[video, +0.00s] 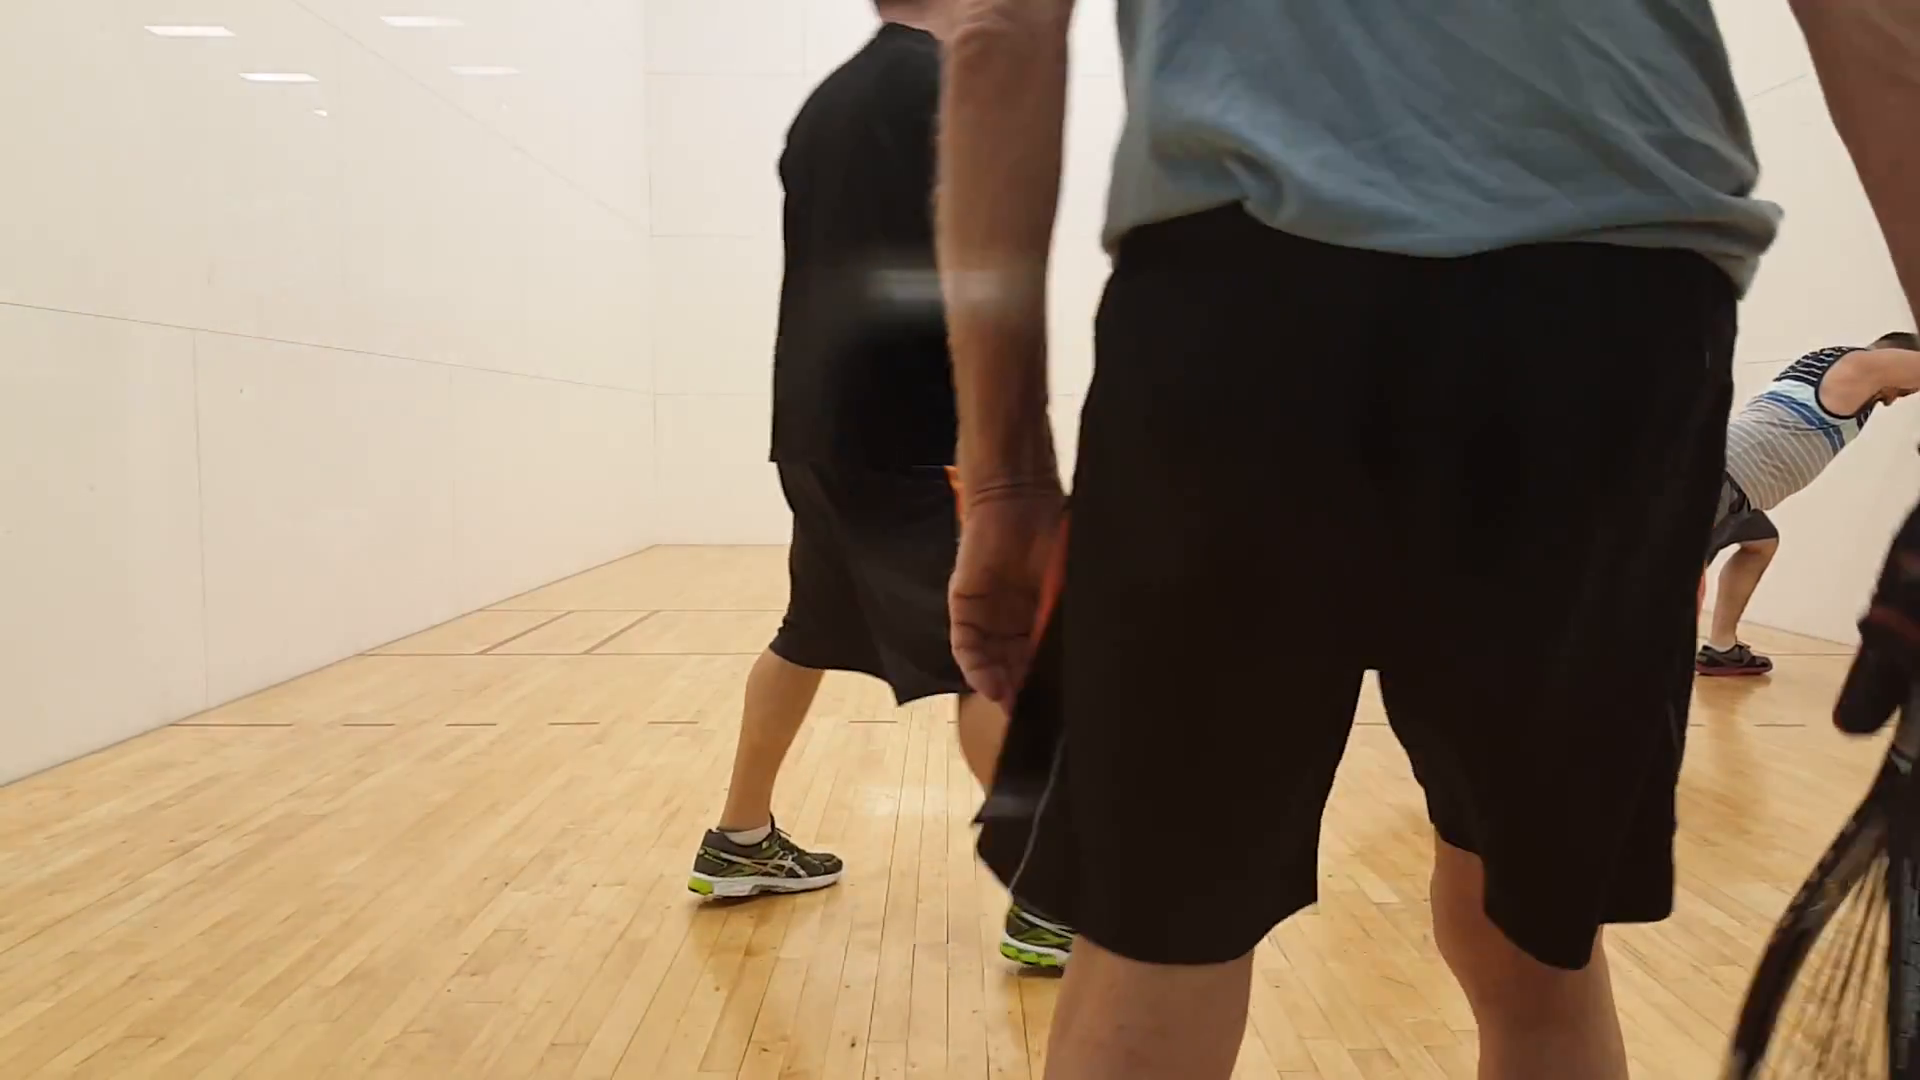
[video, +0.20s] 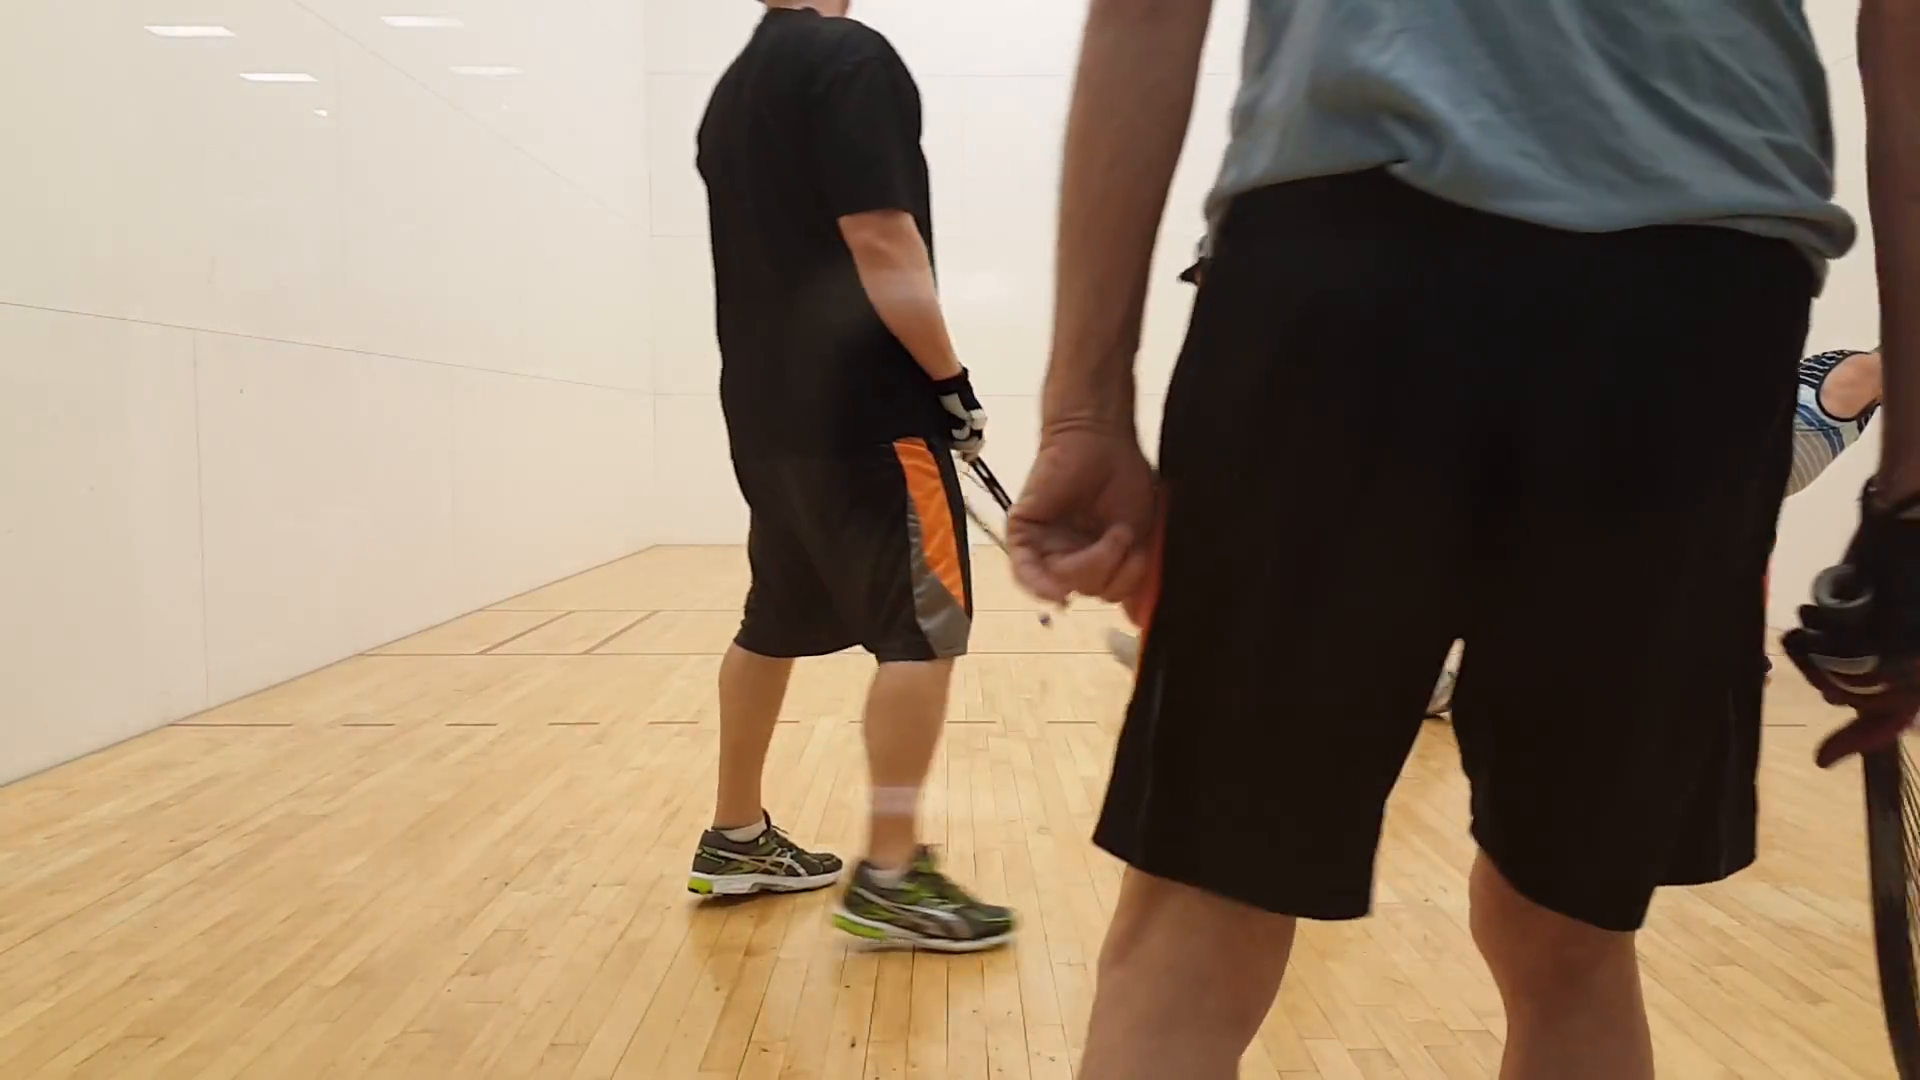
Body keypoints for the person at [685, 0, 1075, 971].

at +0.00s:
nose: (1001, 17)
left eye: (999, 13)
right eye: (993, 9)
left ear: (886, 2)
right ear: (954, 6)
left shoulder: (830, 99)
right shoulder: (959, 92)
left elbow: (810, 272)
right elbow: (980, 282)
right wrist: (988, 442)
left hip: (815, 433)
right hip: (915, 438)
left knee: (810, 623)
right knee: (987, 655)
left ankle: (740, 832)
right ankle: (1045, 895)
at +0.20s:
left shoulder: (734, 89)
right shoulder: (855, 59)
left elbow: (758, 271)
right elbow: (886, 254)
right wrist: (953, 387)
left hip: (768, 414)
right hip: (862, 411)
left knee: (776, 615)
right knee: (927, 621)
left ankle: (735, 836)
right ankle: (892, 873)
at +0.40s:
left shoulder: (654, 89)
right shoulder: (801, 60)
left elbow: (658, 272)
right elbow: (835, 244)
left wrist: (729, 376)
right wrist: (903, 382)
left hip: (712, 412)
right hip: (813, 406)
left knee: (739, 610)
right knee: (892, 612)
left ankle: (735, 835)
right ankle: (728, 799)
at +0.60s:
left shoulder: (578, 72)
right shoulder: (755, 53)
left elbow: (544, 258)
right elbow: (794, 242)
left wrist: (586, 387)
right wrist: (863, 384)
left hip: (635, 414)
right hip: (755, 411)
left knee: (695, 633)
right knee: (791, 639)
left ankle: (726, 839)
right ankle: (656, 867)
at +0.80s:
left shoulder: (503, 39)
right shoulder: (705, 33)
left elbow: (426, 217)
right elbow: (738, 219)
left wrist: (404, 363)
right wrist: (807, 385)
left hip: (549, 403)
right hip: (678, 407)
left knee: (634, 634)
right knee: (635, 663)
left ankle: (699, 833)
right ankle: (585, 929)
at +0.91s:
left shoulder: (467, 16)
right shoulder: (676, 13)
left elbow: (372, 164)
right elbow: (699, 170)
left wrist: (296, 319)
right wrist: (770, 354)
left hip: (507, 386)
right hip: (641, 391)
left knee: (577, 645)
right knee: (612, 668)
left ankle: (604, 853)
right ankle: (580, 934)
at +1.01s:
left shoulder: (430, 3)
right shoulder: (641, 4)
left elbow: (318, 121)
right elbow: (647, 122)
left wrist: (189, 266)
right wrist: (733, 316)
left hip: (462, 386)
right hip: (603, 388)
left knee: (507, 643)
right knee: (602, 667)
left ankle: (480, 869)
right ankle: (587, 928)